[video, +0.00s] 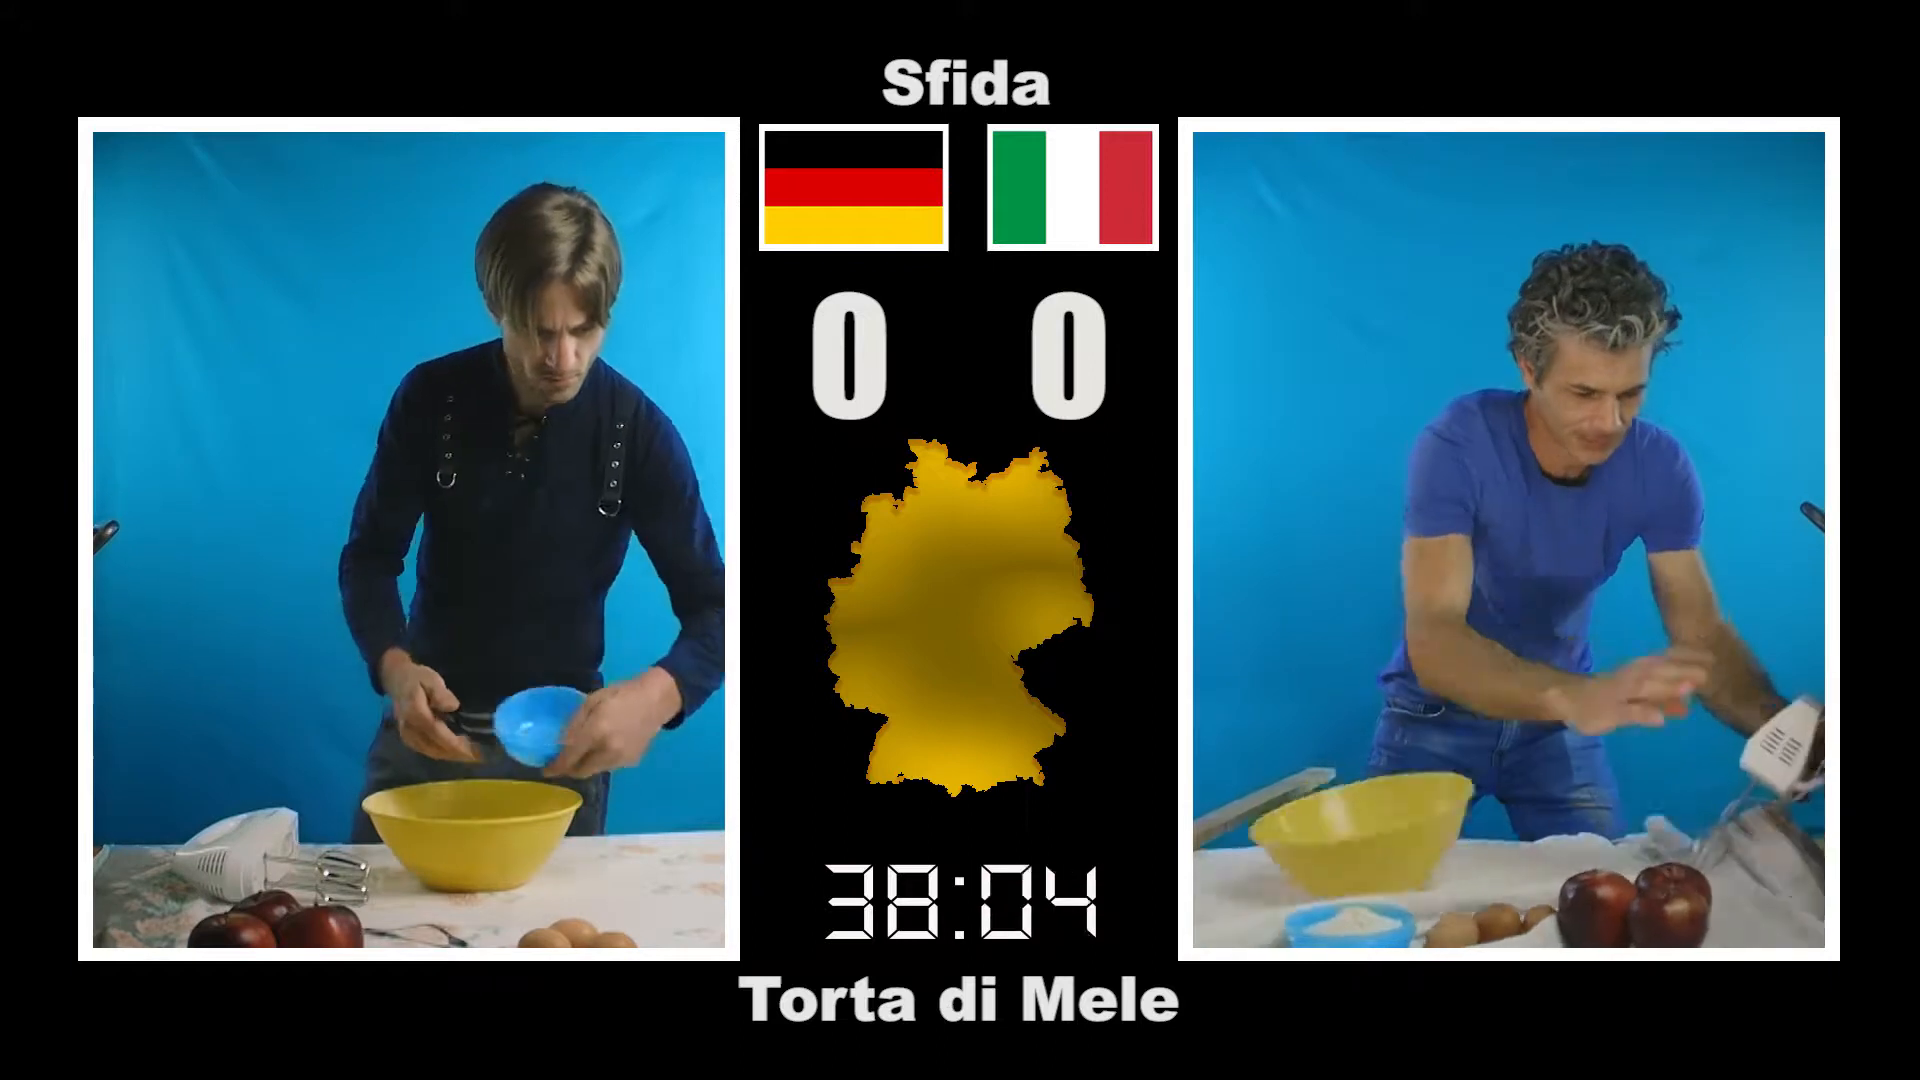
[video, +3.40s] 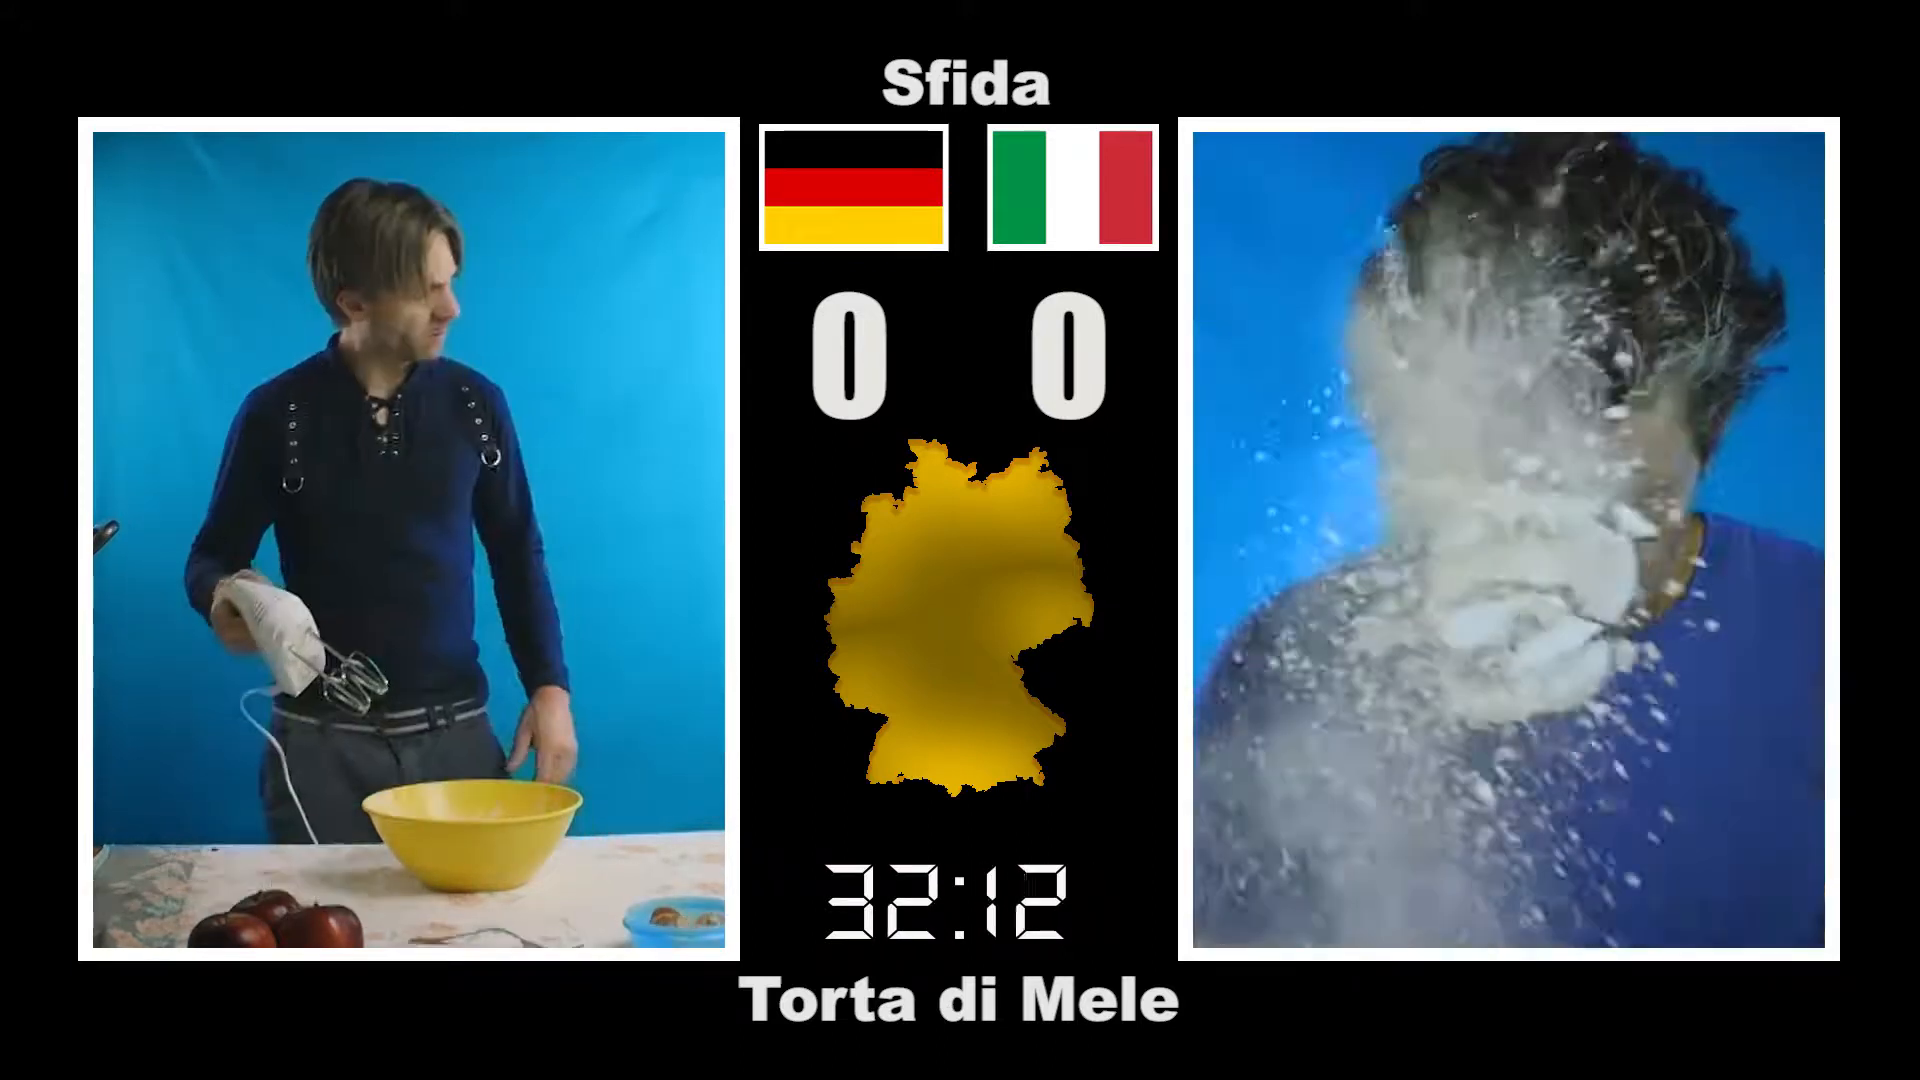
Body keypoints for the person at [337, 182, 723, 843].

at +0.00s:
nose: (561, 358)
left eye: (582, 330)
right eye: (539, 332)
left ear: (606, 312)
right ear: (499, 308)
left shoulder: (635, 431)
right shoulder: (430, 400)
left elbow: (712, 608)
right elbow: (370, 558)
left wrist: (658, 695)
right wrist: (395, 666)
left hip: (559, 748)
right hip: (425, 736)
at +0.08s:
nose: (563, 364)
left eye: (585, 336)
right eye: (541, 336)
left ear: (611, 315)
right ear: (503, 312)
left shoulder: (641, 433)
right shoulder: (438, 398)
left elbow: (730, 599)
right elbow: (366, 551)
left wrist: (702, 690)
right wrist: (390, 667)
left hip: (559, 749)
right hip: (425, 741)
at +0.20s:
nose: (463, 310)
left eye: (466, 289)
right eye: (441, 291)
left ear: (471, 283)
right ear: (372, 297)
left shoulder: (507, 414)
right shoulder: (310, 420)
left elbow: (552, 554)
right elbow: (282, 588)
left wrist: (541, 630)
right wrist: (364, 617)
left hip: (493, 744)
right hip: (361, 752)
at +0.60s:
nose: (527, 316)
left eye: (548, 291)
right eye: (507, 291)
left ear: (577, 285)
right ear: (476, 282)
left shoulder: (615, 418)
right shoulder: (417, 405)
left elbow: (643, 583)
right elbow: (367, 546)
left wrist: (574, 642)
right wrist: (380, 609)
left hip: (559, 746)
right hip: (425, 737)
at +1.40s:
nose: (471, 304)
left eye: (479, 284)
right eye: (447, 284)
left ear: (488, 284)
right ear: (385, 288)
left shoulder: (514, 419)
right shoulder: (318, 417)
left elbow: (559, 563)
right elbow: (284, 584)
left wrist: (537, 662)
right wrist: (363, 672)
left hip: (488, 751)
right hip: (355, 755)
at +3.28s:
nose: (451, 348)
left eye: (470, 326)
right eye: (431, 326)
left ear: (492, 316)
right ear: (398, 312)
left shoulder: (539, 426)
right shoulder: (345, 429)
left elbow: (565, 558)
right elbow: (328, 566)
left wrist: (512, 679)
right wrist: (363, 692)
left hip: (515, 738)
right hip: (385, 741)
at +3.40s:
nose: (450, 308)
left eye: (449, 286)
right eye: (428, 292)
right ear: (354, 306)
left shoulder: (474, 405)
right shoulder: (277, 416)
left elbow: (517, 552)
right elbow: (216, 554)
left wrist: (550, 688)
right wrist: (225, 604)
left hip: (457, 742)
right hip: (326, 750)